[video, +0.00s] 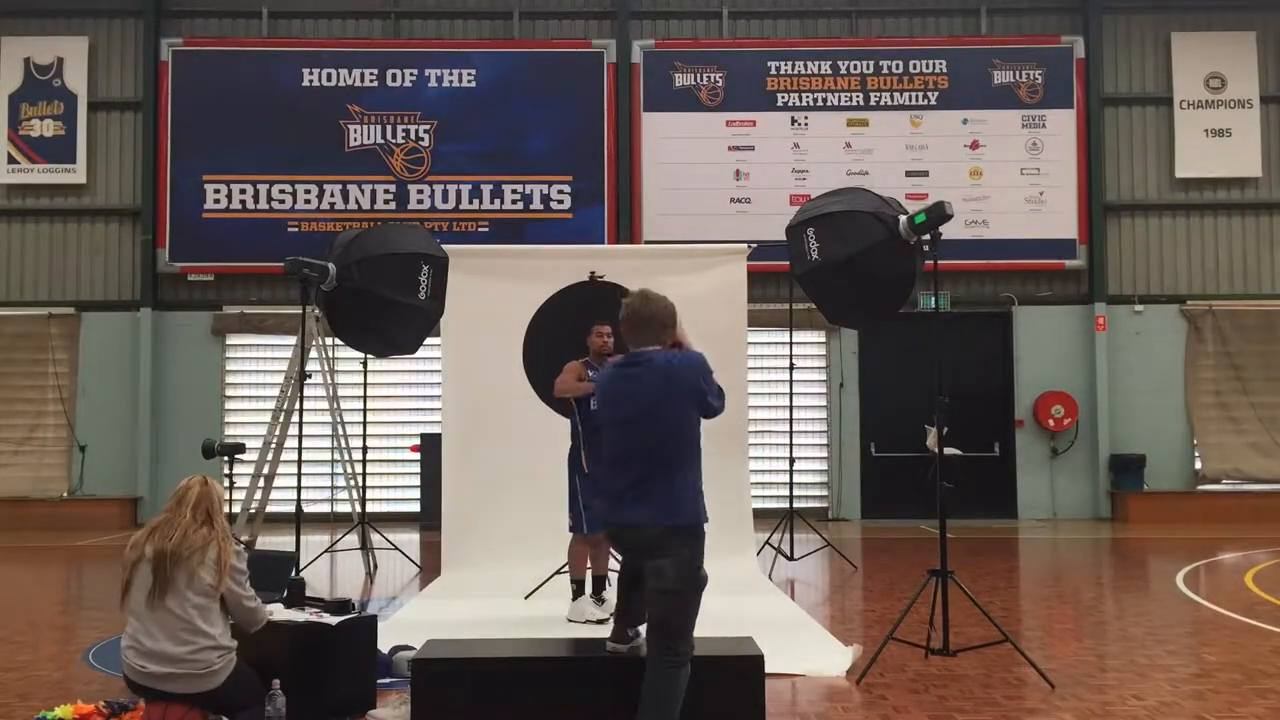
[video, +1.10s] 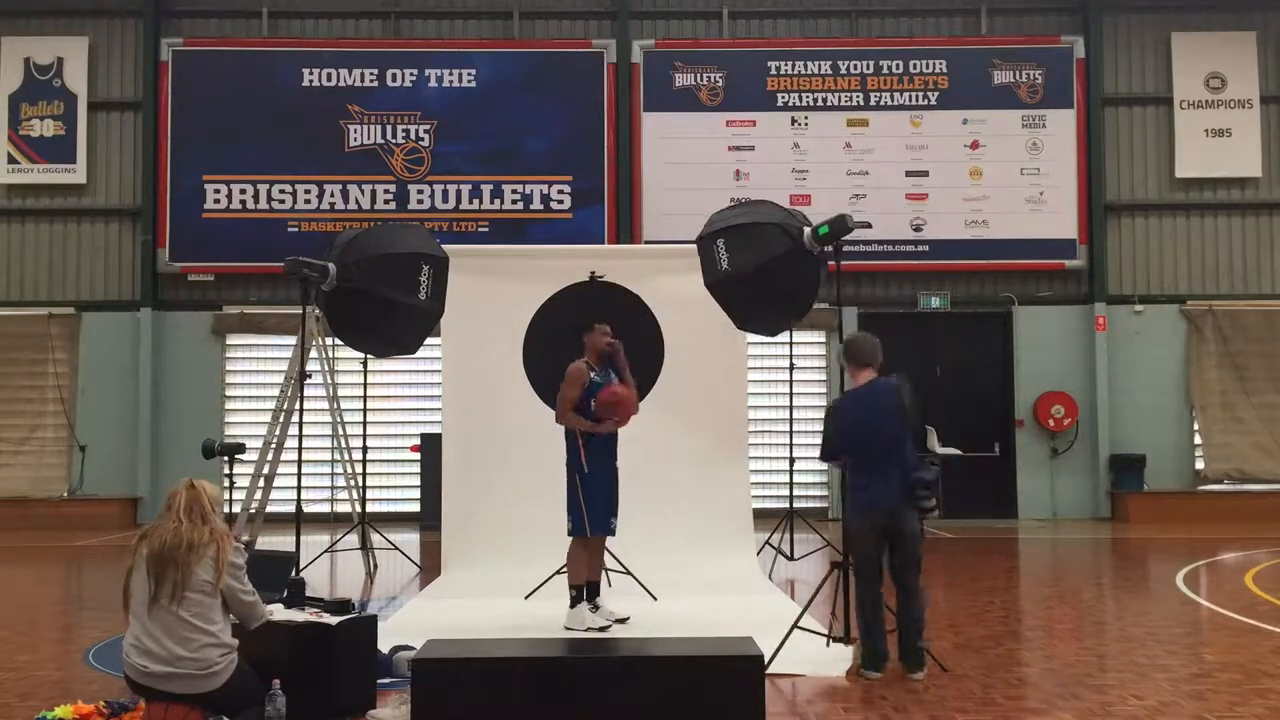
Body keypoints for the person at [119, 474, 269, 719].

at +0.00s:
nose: (224, 513)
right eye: (222, 507)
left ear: (175, 504)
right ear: (216, 510)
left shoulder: (142, 540)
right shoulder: (223, 548)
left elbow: (133, 603)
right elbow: (251, 618)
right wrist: (263, 612)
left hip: (139, 678)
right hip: (203, 681)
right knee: (254, 700)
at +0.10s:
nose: (233, 524)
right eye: (230, 518)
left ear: (187, 517)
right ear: (226, 520)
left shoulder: (156, 546)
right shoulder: (230, 550)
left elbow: (137, 605)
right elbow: (255, 618)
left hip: (141, 678)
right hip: (207, 682)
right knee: (253, 704)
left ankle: (153, 708)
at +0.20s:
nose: (223, 513)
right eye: (219, 507)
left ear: (171, 506)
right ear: (213, 510)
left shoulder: (141, 540)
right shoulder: (224, 547)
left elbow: (130, 608)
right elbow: (255, 617)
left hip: (140, 679)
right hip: (206, 682)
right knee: (254, 701)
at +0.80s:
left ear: (173, 509)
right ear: (218, 514)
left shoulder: (144, 543)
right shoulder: (226, 550)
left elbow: (130, 608)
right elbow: (253, 618)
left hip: (140, 679)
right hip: (205, 681)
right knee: (255, 703)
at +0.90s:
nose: (230, 515)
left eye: (227, 506)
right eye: (223, 506)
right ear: (210, 511)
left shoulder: (155, 538)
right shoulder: (219, 545)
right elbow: (252, 614)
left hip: (156, 672)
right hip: (209, 676)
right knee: (255, 704)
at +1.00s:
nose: (222, 513)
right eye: (219, 506)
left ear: (171, 505)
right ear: (212, 508)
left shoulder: (144, 542)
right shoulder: (222, 547)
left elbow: (134, 606)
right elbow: (252, 616)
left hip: (141, 678)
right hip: (205, 680)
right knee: (255, 703)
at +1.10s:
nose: (222, 515)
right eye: (220, 509)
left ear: (171, 507)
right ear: (212, 510)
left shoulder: (146, 540)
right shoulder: (223, 546)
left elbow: (134, 602)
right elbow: (252, 615)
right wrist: (261, 613)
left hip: (141, 678)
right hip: (205, 680)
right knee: (255, 702)